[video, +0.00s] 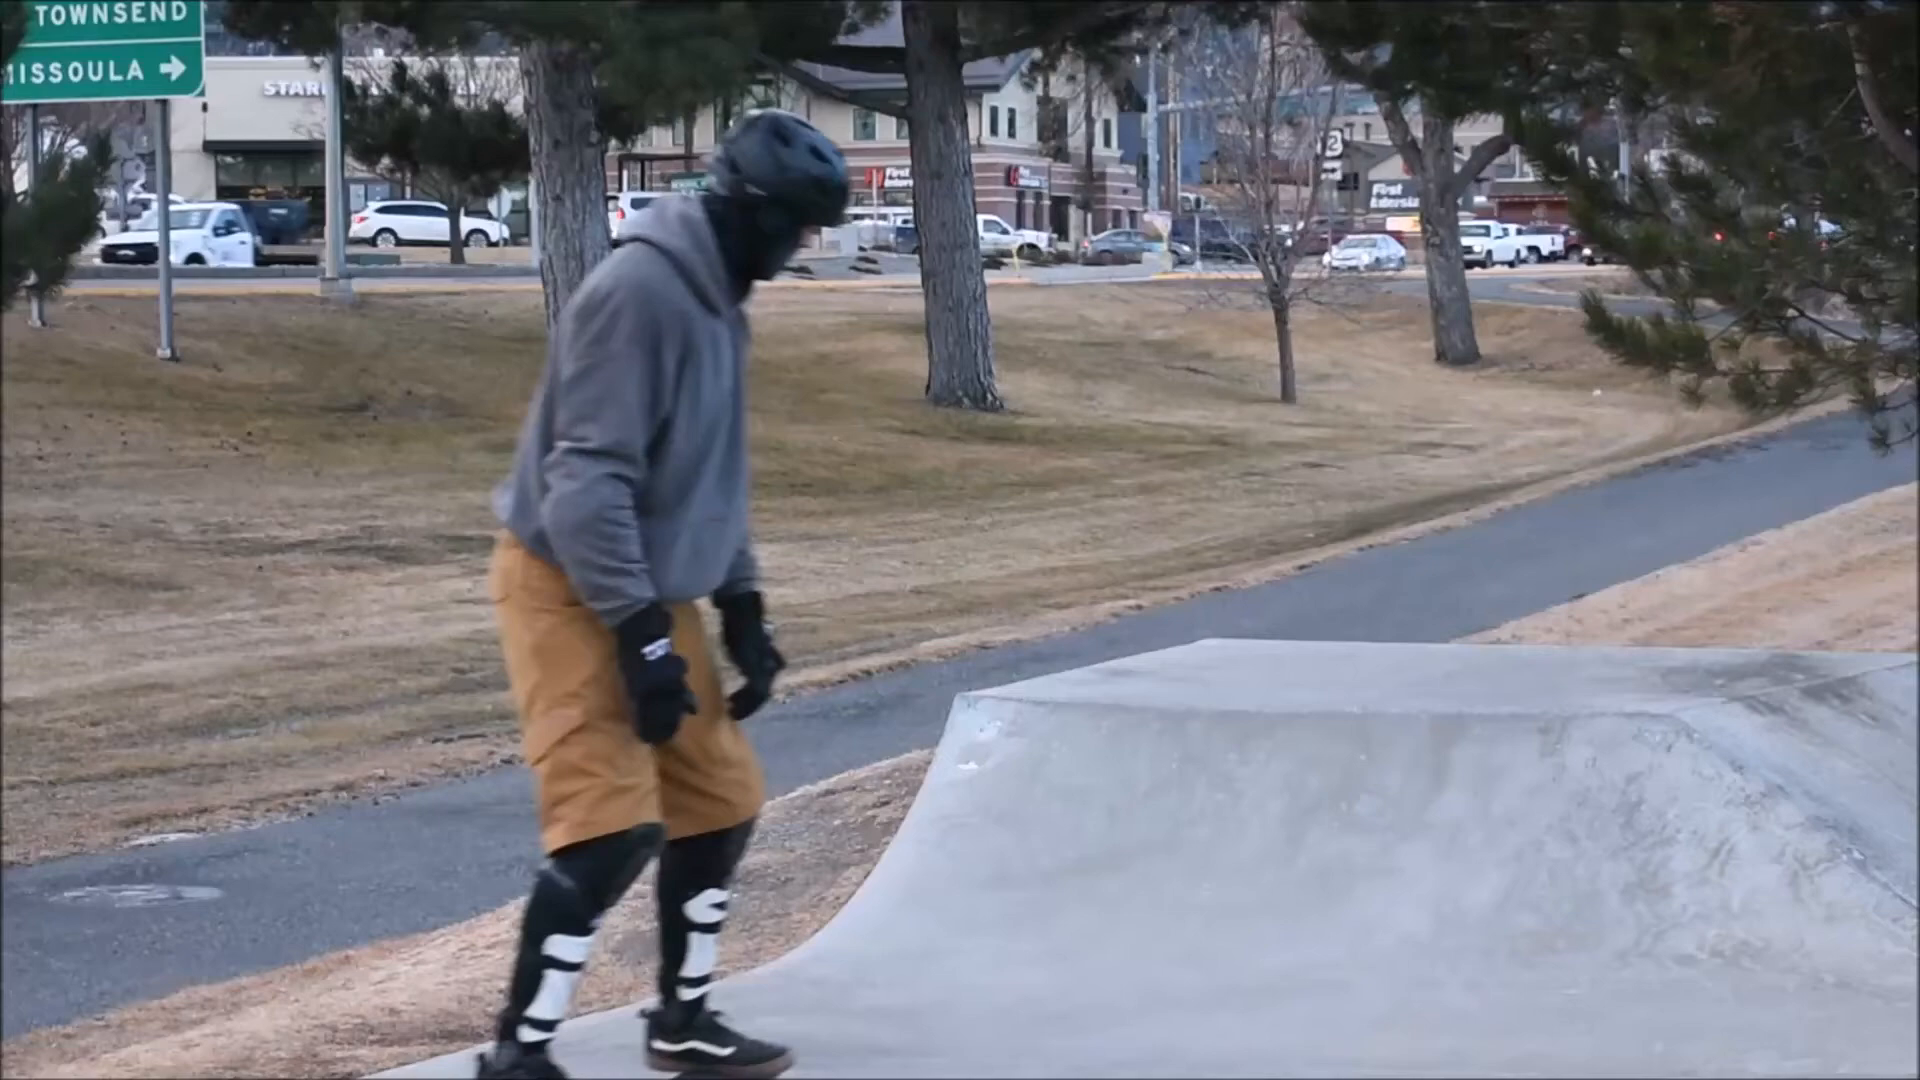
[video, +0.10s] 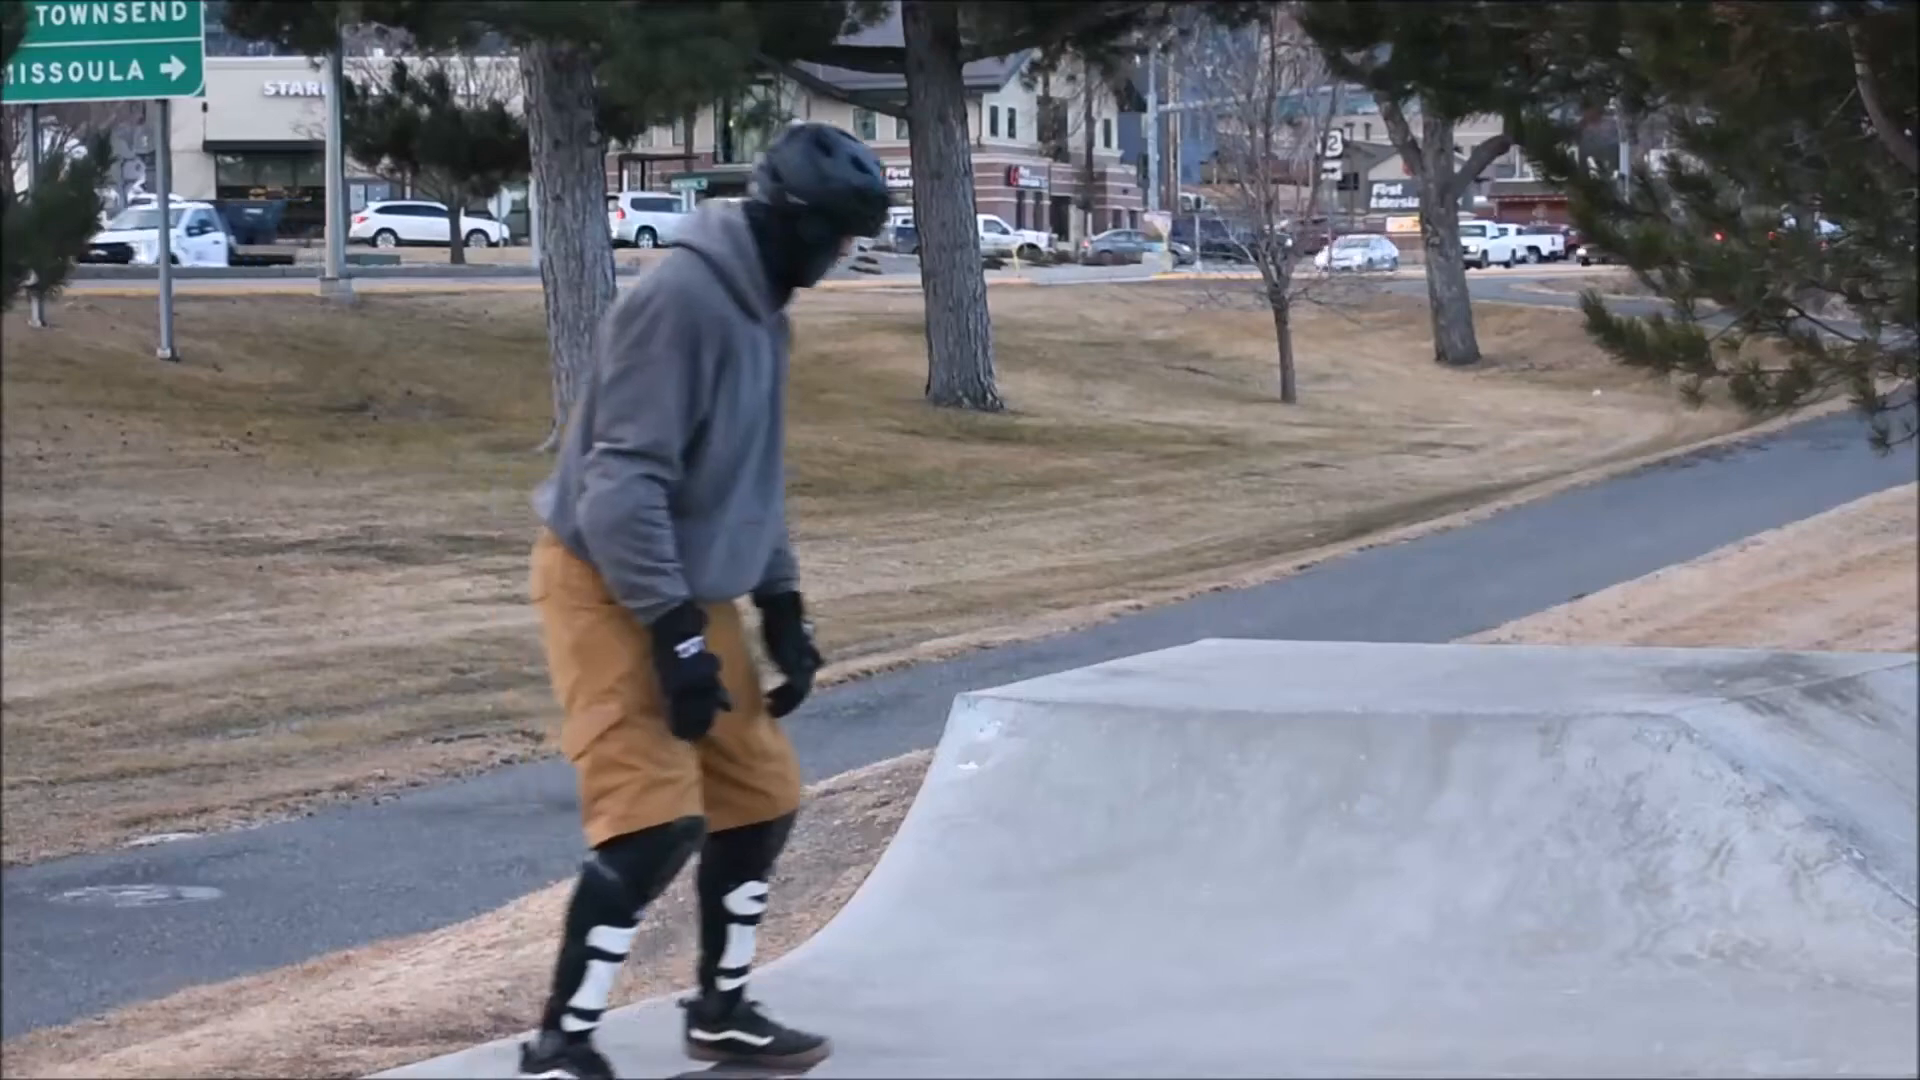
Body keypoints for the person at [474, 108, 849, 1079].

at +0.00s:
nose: (800, 249)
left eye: (808, 232)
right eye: (798, 227)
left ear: (762, 208)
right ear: (752, 204)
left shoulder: (716, 297)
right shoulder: (634, 288)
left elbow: (713, 476)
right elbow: (585, 479)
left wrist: (743, 610)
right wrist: (640, 632)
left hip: (661, 586)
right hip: (562, 578)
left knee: (717, 803)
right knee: (610, 822)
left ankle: (683, 1018)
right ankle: (519, 1049)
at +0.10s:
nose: (840, 258)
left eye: (849, 241)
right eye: (837, 236)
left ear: (801, 220)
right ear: (792, 216)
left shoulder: (759, 310)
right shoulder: (676, 297)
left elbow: (756, 479)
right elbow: (620, 482)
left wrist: (782, 608)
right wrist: (676, 629)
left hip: (698, 585)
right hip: (600, 577)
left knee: (756, 795)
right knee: (654, 816)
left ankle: (721, 1009)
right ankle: (562, 1040)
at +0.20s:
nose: (891, 273)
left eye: (900, 257)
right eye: (890, 252)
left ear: (860, 235)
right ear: (850, 229)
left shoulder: (823, 321)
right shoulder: (735, 306)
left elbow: (815, 480)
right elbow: (671, 485)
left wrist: (841, 609)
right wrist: (720, 630)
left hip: (755, 583)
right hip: (659, 579)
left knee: (818, 785)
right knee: (716, 807)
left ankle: (774, 993)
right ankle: (623, 1027)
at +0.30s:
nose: (940, 281)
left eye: (950, 266)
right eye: (939, 261)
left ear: (925, 244)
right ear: (898, 232)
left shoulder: (881, 317)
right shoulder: (788, 308)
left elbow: (879, 473)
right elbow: (712, 479)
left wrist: (898, 600)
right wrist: (752, 626)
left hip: (814, 585)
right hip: (718, 581)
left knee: (871, 781)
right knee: (769, 799)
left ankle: (826, 980)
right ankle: (679, 1017)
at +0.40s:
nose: (998, 291)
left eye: (1007, 276)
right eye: (997, 272)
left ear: (967, 248)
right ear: (956, 245)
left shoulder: (939, 316)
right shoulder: (842, 310)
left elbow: (937, 464)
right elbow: (752, 473)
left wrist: (957, 586)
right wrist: (775, 616)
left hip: (868, 585)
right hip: (778, 583)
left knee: (921, 771)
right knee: (818, 787)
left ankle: (873, 963)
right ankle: (734, 1002)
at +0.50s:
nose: (1041, 313)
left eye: (1050, 301)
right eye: (1041, 296)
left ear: (1024, 275)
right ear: (1004, 268)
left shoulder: (996, 340)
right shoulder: (887, 327)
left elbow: (994, 473)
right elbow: (792, 478)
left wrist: (1018, 586)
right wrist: (805, 622)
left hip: (918, 587)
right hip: (832, 588)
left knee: (974, 764)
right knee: (870, 777)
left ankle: (923, 951)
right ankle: (788, 985)